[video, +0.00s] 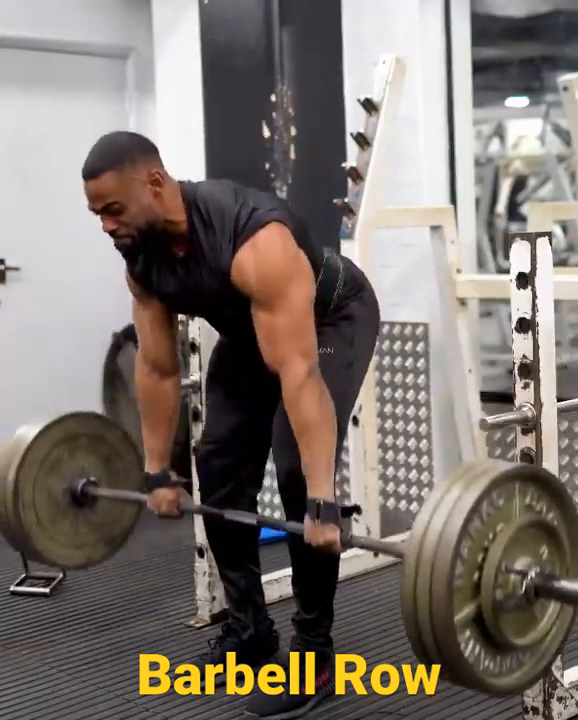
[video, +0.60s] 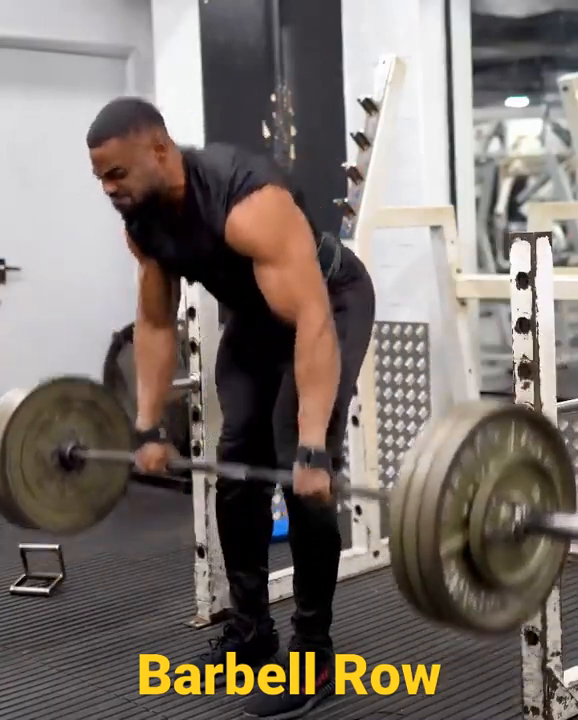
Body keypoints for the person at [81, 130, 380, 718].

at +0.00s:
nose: (107, 227)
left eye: (113, 210)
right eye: (98, 215)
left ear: (155, 182)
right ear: (144, 188)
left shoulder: (255, 242)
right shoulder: (142, 254)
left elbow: (300, 371)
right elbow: (157, 368)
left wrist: (324, 498)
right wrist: (158, 471)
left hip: (332, 313)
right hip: (249, 324)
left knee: (297, 464)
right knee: (219, 466)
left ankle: (311, 647)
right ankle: (247, 628)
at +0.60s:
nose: (110, 190)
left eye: (117, 174)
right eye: (102, 178)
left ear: (160, 148)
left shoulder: (252, 203)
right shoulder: (143, 219)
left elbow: (315, 320)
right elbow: (154, 321)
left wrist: (312, 449)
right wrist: (149, 429)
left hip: (327, 300)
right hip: (252, 312)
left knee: (309, 468)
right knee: (237, 465)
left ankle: (311, 649)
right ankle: (250, 627)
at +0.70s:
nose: (121, 154)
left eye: (127, 137)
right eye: (113, 142)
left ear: (170, 108)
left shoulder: (260, 155)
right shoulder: (152, 177)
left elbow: (336, 262)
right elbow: (157, 273)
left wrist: (313, 380)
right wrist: (147, 369)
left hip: (309, 321)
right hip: (240, 325)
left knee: (307, 482)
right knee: (240, 480)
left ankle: (313, 651)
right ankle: (249, 630)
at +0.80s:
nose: (126, 135)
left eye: (132, 119)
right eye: (118, 124)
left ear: (174, 89)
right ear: (124, 112)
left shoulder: (261, 133)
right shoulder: (153, 159)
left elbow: (349, 228)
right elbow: (157, 245)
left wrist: (315, 338)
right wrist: (147, 331)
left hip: (304, 313)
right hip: (235, 315)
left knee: (304, 480)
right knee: (240, 480)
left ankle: (314, 652)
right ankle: (249, 631)